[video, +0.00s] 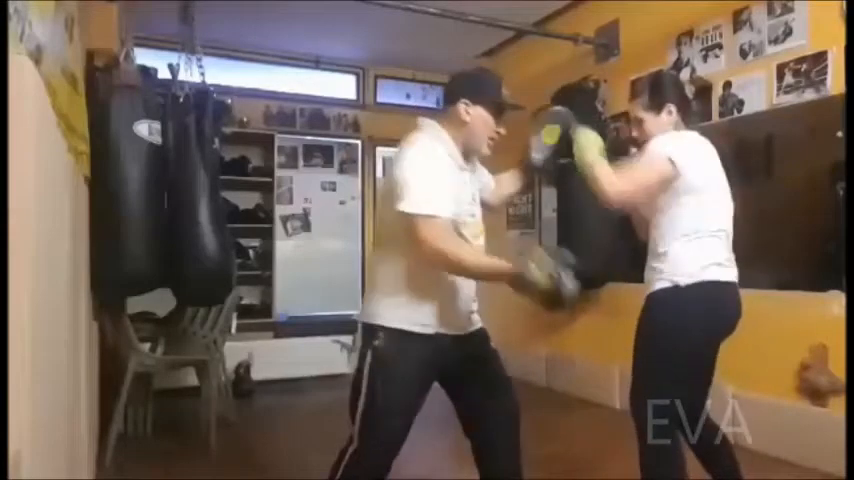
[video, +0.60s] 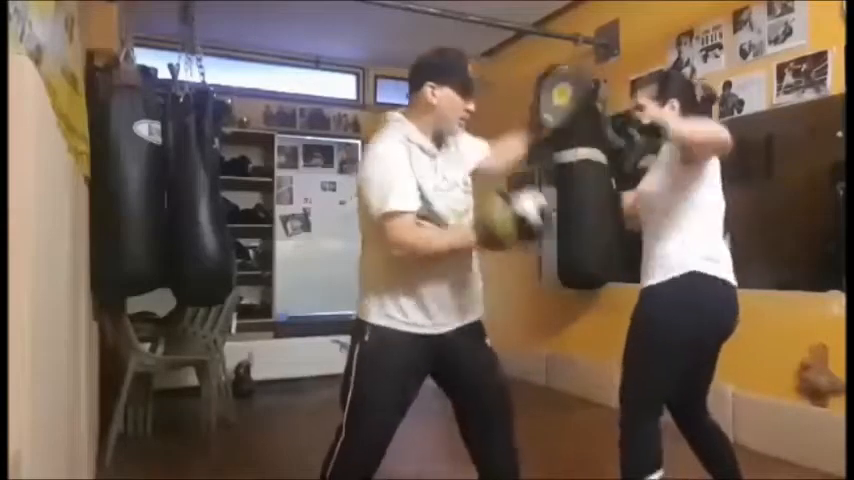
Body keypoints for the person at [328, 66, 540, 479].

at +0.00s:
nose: (500, 128)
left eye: (502, 118)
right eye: (494, 114)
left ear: (466, 112)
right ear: (464, 109)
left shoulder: (463, 158)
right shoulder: (422, 152)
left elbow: (494, 190)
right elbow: (433, 242)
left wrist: (532, 168)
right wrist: (513, 272)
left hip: (460, 331)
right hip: (402, 333)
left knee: (500, 432)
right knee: (370, 454)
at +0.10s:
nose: (513, 139)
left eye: (515, 129)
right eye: (508, 125)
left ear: (478, 120)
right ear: (480, 118)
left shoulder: (464, 161)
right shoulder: (445, 155)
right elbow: (491, 253)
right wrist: (570, 278)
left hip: (462, 333)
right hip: (409, 335)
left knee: (503, 422)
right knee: (382, 453)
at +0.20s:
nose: (516, 142)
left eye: (518, 132)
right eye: (512, 128)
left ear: (481, 123)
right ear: (485, 121)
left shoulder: (460, 162)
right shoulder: (451, 160)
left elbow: (510, 236)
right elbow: (513, 240)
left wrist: (565, 267)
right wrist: (600, 264)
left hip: (463, 331)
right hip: (412, 333)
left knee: (504, 423)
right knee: (383, 454)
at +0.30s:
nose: (511, 139)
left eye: (514, 128)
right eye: (508, 124)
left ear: (478, 118)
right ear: (479, 116)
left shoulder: (459, 158)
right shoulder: (443, 154)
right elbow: (481, 245)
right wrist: (562, 279)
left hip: (463, 327)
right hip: (412, 327)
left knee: (505, 427)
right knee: (381, 450)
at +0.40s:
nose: (500, 125)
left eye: (501, 115)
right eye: (495, 112)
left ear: (466, 110)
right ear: (465, 108)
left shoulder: (469, 152)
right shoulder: (427, 151)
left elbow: (524, 123)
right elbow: (455, 244)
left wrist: (573, 93)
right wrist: (537, 277)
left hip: (465, 325)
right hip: (408, 326)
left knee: (503, 429)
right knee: (375, 447)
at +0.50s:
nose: (483, 115)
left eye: (485, 106)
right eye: (479, 104)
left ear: (449, 101)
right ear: (448, 99)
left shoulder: (461, 145)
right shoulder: (406, 151)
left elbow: (505, 121)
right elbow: (426, 237)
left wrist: (562, 95)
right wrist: (509, 257)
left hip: (463, 325)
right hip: (401, 329)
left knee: (498, 436)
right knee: (367, 450)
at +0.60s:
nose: (471, 107)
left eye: (471, 96)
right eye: (463, 95)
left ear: (437, 95)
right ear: (430, 93)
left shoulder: (455, 141)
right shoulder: (388, 149)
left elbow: (498, 155)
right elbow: (402, 237)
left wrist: (542, 127)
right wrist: (480, 233)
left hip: (460, 328)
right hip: (394, 330)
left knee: (497, 447)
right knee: (356, 456)